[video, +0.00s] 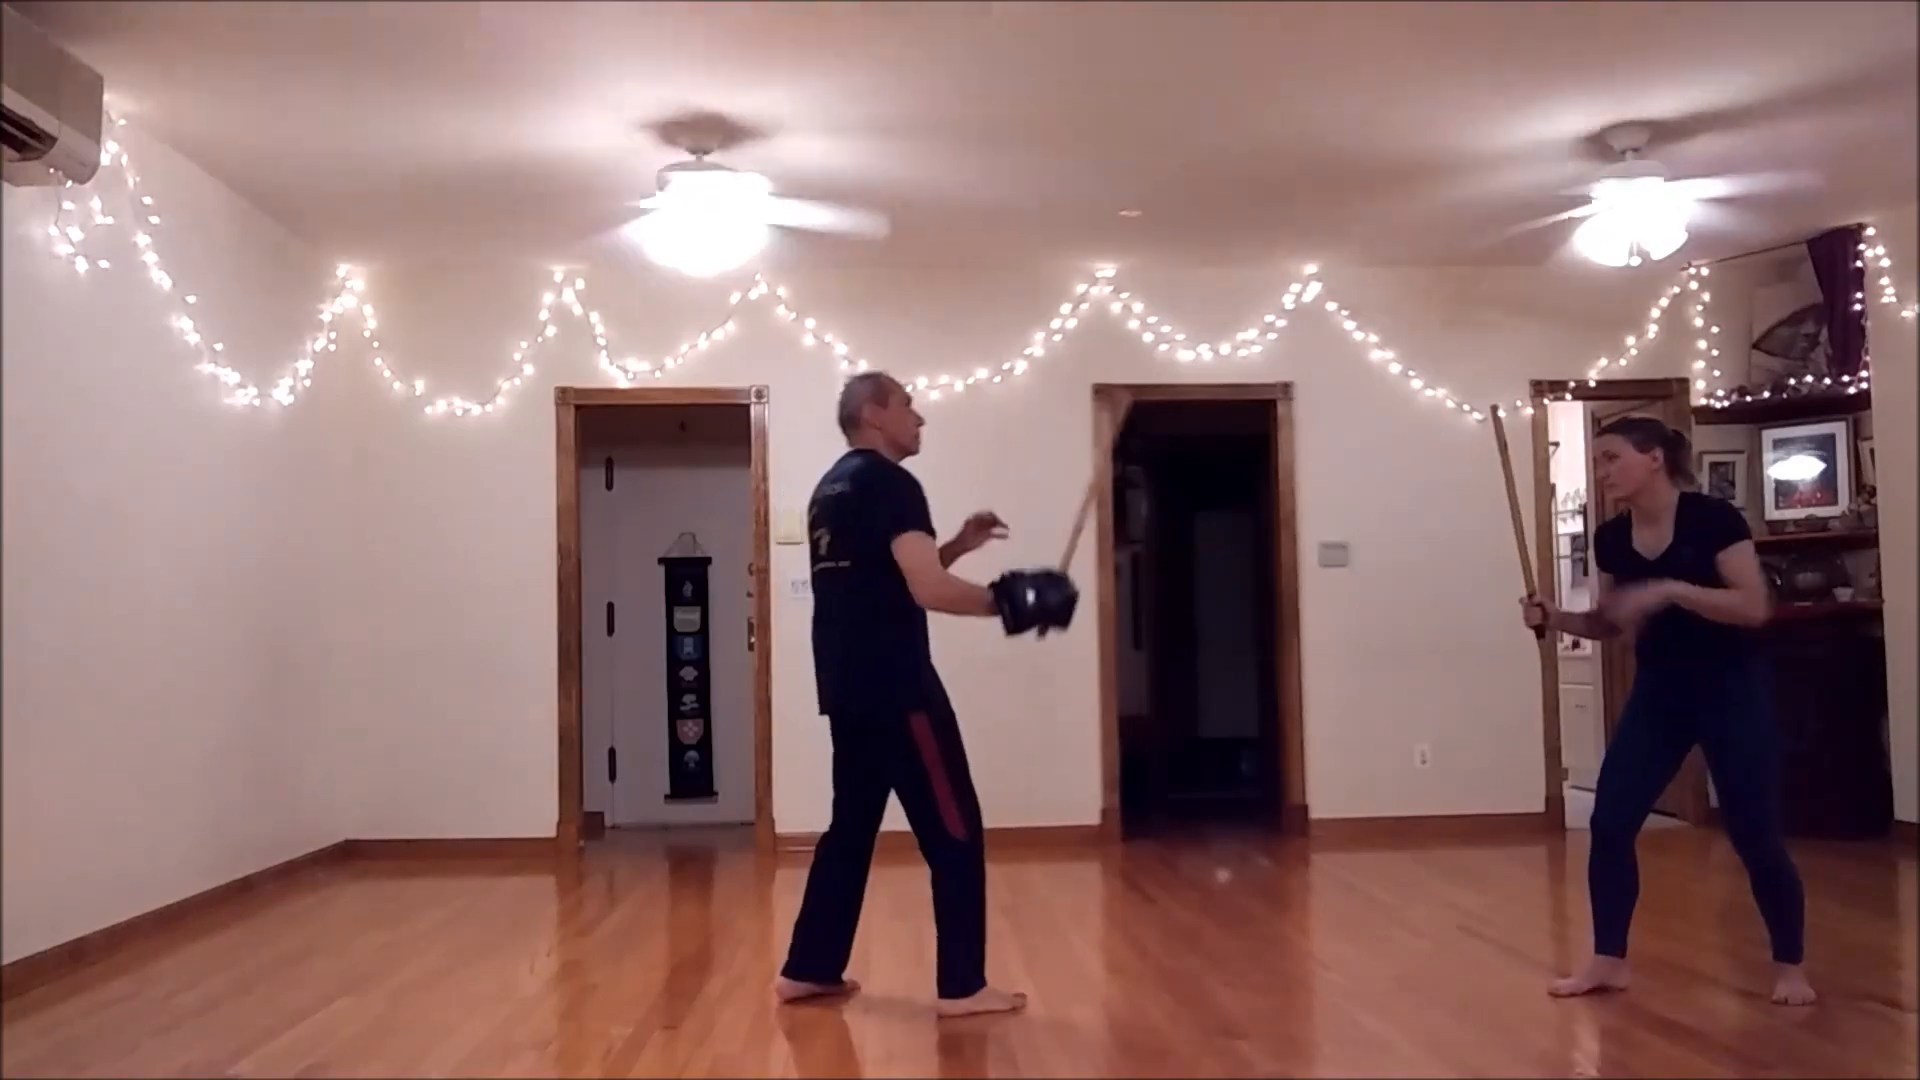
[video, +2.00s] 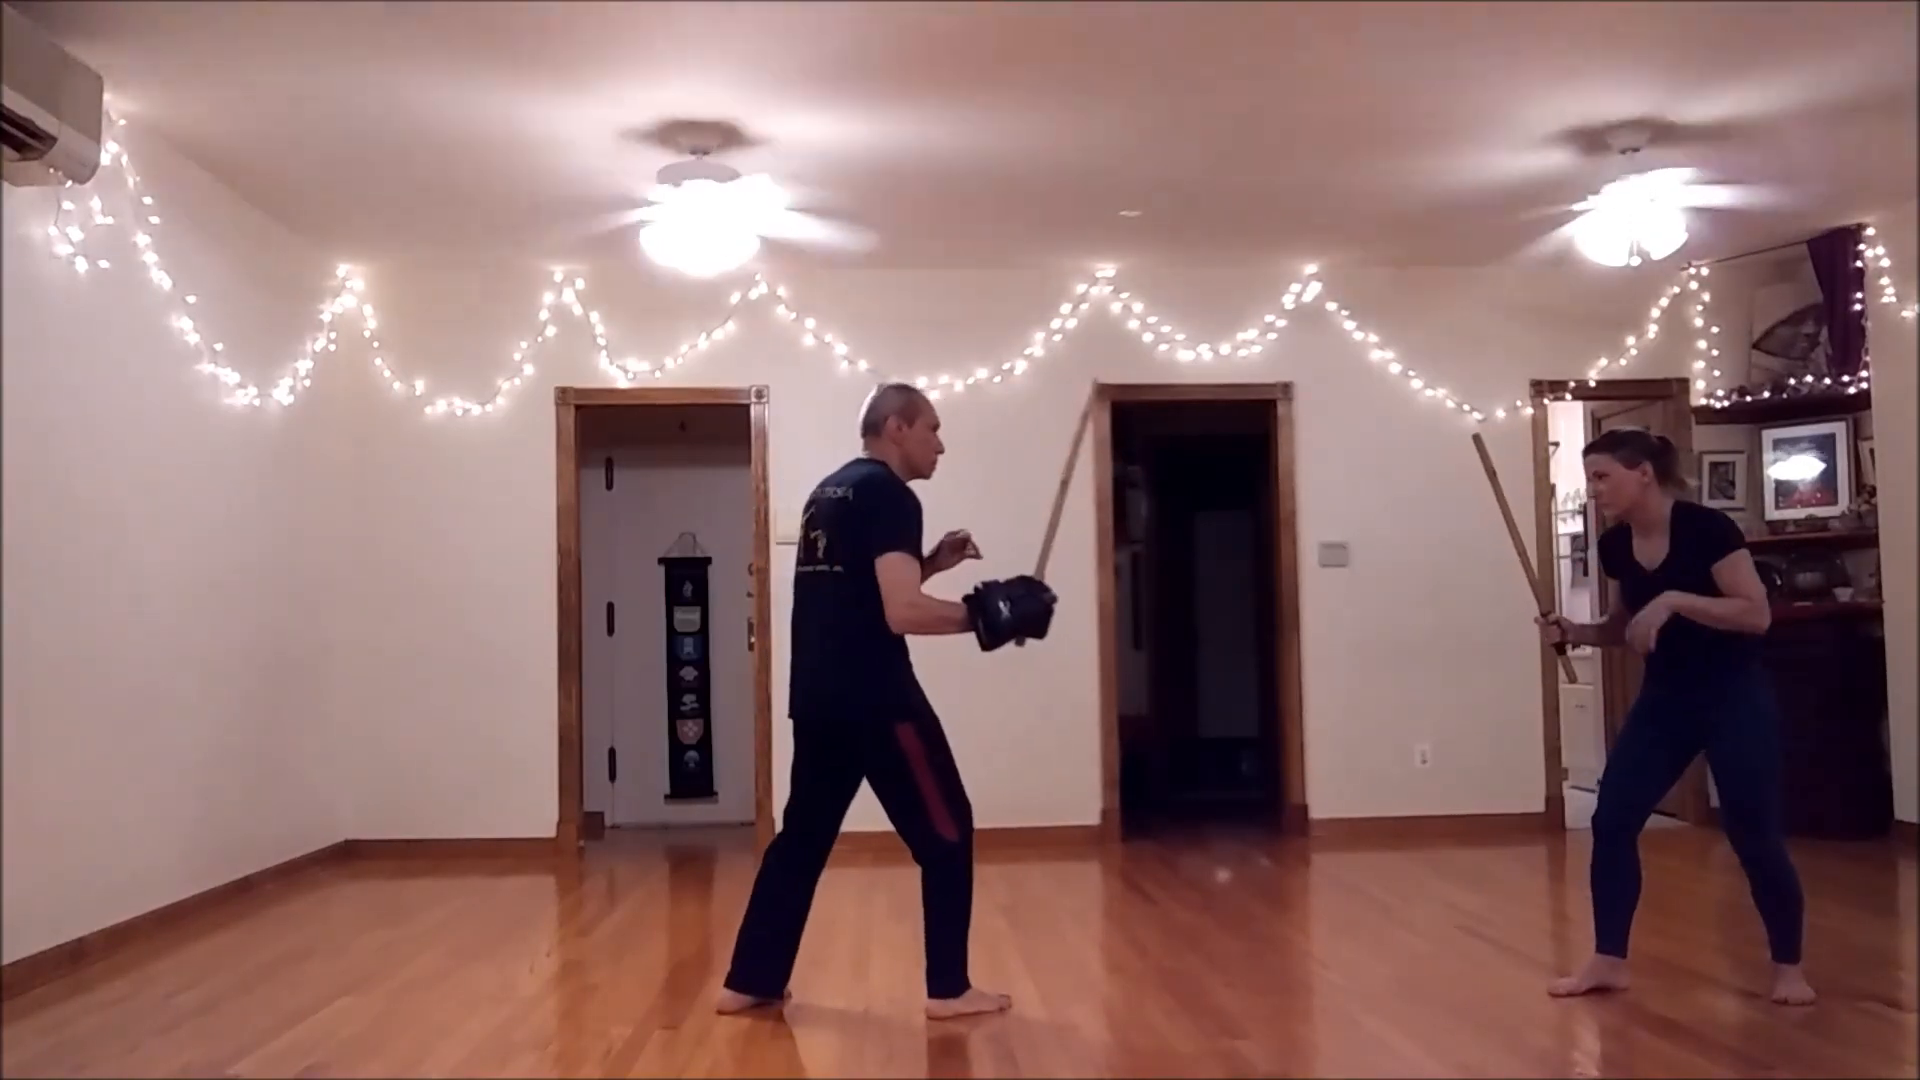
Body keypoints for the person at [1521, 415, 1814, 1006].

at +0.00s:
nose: (1602, 472)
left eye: (1611, 459)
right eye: (1598, 462)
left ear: (1653, 458)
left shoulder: (1712, 517)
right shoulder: (1613, 537)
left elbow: (1755, 605)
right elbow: (1610, 622)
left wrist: (1668, 590)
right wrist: (1556, 618)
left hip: (1732, 696)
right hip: (1659, 697)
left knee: (1754, 831)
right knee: (1611, 823)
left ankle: (1790, 967)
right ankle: (1608, 960)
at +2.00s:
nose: (1593, 491)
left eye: (1601, 477)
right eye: (1589, 480)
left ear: (1641, 474)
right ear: (1628, 480)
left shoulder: (1708, 528)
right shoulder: (1615, 546)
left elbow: (1756, 613)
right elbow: (1629, 625)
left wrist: (1673, 601)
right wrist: (1575, 632)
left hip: (1734, 700)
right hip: (1666, 701)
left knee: (1754, 833)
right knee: (1612, 822)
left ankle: (1789, 968)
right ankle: (1609, 960)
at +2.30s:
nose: (1567, 505)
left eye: (1575, 492)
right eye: (1563, 495)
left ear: (1616, 489)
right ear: (1608, 495)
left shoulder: (1684, 548)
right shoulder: (1582, 563)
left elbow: (1745, 627)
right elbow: (1579, 647)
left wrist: (1666, 644)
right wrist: (1528, 642)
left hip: (1699, 717)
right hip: (1627, 718)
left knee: (1736, 843)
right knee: (1547, 818)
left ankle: (1788, 960)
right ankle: (1569, 956)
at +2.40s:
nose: (1531, 519)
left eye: (1540, 505)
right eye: (1529, 508)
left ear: (1582, 503)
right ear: (1566, 509)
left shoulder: (1650, 563)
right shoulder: (1544, 580)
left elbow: (1682, 650)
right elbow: (1521, 665)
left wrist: (1595, 634)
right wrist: (1469, 647)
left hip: (1664, 739)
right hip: (1593, 741)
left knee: (1723, 855)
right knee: (1499, 825)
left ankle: (1790, 960)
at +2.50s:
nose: (1464, 515)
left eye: (1473, 502)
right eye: (1459, 506)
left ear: (1510, 501)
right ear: (1468, 515)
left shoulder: (1567, 558)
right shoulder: (1470, 583)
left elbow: (1613, 634)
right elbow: (1431, 665)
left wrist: (1524, 612)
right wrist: (1369, 645)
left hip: (1600, 736)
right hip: (1528, 741)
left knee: (1686, 840)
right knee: (1437, 828)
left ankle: (1781, 950)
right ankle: (1393, 963)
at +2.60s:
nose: (1382, 515)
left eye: (1393, 502)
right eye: (1380, 504)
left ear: (1432, 504)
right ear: (1397, 515)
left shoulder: (1490, 555)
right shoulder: (1390, 585)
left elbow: (1557, 625)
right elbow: (1324, 652)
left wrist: (1482, 637)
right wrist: (1253, 653)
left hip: (1535, 725)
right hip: (1466, 734)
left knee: (1600, 843)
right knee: (1397, 830)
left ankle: (1695, 936)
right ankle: (1396, 974)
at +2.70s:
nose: (1334, 512)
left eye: (1343, 499)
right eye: (1332, 501)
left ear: (1384, 498)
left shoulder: (1443, 552)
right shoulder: (1344, 576)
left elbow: (1517, 621)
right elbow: (1288, 652)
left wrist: (1454, 665)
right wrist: (1221, 669)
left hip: (1477, 710)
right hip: (1413, 714)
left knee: (1494, 827)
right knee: (1358, 822)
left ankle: (1522, 945)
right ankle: (1389, 965)